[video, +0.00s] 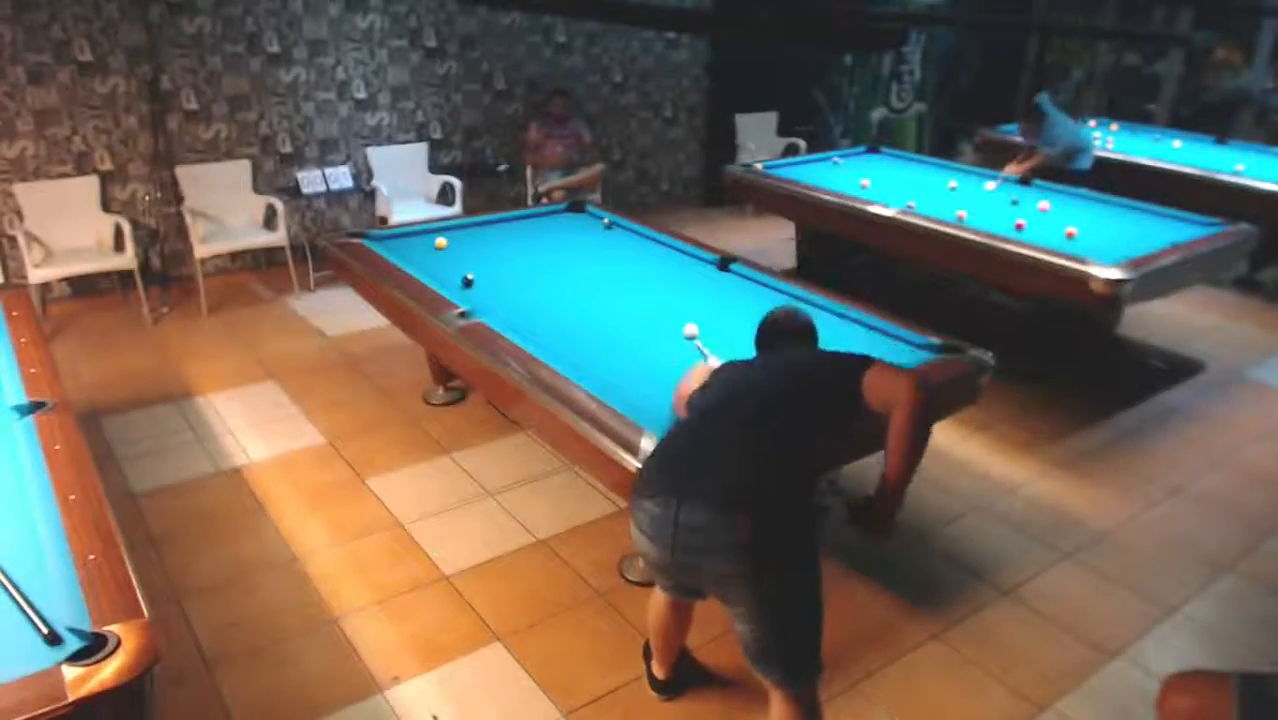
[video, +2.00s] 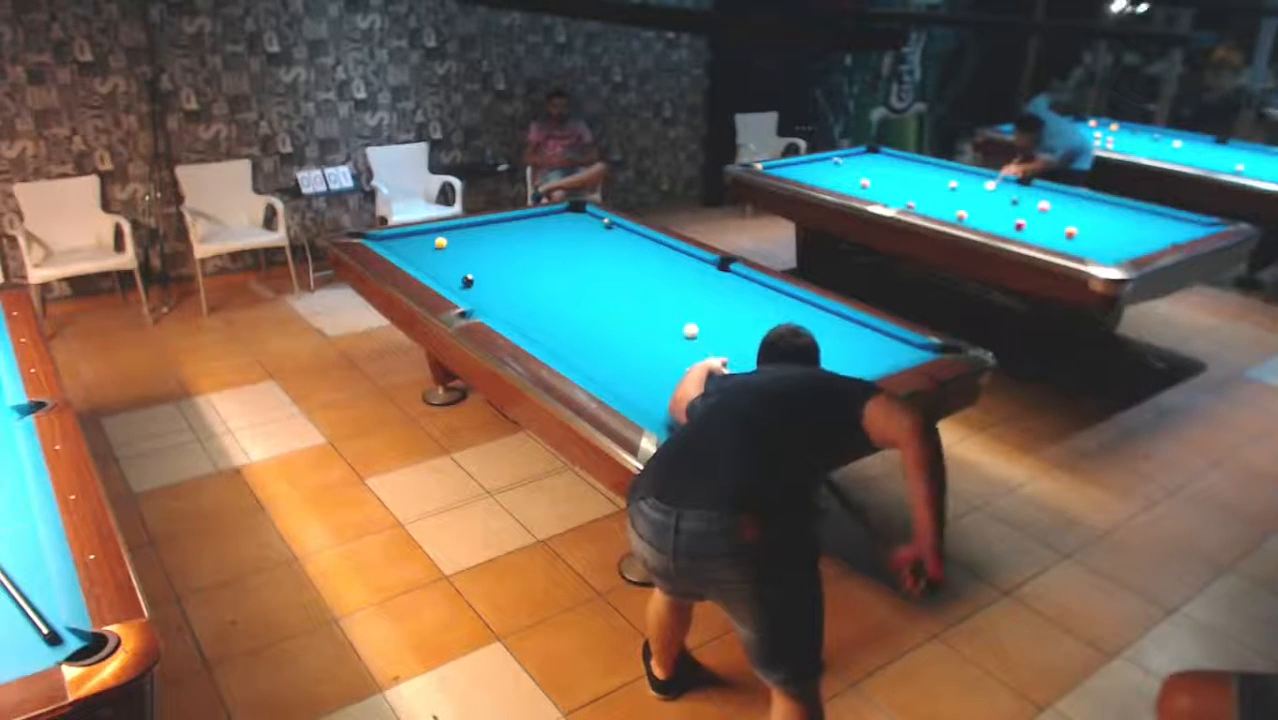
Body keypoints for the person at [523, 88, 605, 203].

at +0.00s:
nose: (559, 111)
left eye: (563, 106)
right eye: (555, 106)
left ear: (569, 107)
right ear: (548, 107)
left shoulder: (577, 125)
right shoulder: (538, 126)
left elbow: (589, 148)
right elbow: (529, 156)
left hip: (573, 168)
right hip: (547, 170)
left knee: (599, 168)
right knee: (558, 195)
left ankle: (548, 189)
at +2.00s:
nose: (559, 110)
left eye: (563, 106)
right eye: (555, 106)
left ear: (568, 108)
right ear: (548, 108)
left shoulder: (578, 126)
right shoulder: (538, 127)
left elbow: (593, 155)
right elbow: (529, 157)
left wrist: (572, 161)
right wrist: (555, 162)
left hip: (576, 168)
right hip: (550, 170)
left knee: (601, 168)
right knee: (558, 196)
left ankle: (549, 187)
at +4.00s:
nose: (559, 110)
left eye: (563, 106)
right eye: (555, 106)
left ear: (568, 107)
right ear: (548, 108)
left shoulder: (578, 126)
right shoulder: (539, 127)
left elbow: (591, 153)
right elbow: (529, 156)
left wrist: (570, 160)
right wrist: (555, 161)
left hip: (575, 166)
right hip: (549, 169)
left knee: (600, 168)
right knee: (558, 196)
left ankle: (553, 185)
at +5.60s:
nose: (565, 111)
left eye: (568, 107)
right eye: (561, 107)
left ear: (572, 108)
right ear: (552, 108)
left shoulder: (579, 126)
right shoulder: (539, 127)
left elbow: (593, 155)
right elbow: (529, 157)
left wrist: (572, 161)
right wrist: (555, 161)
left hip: (577, 167)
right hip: (551, 169)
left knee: (601, 169)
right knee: (559, 196)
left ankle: (551, 186)